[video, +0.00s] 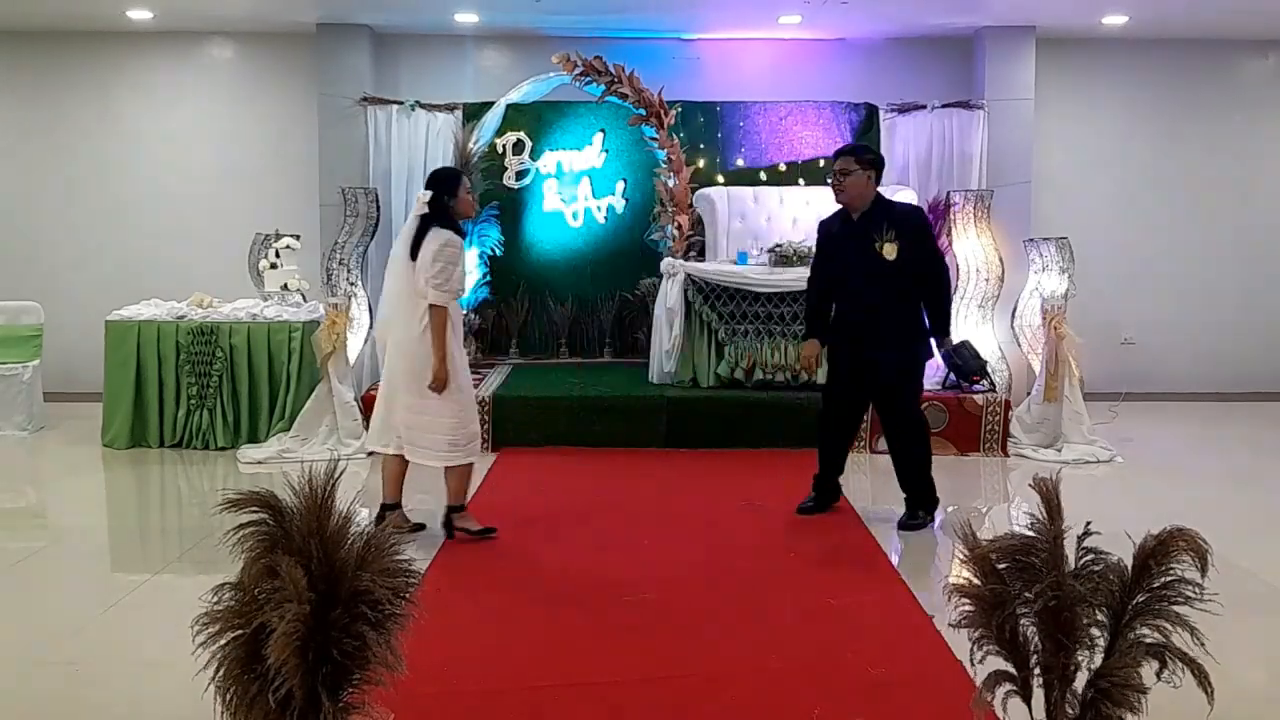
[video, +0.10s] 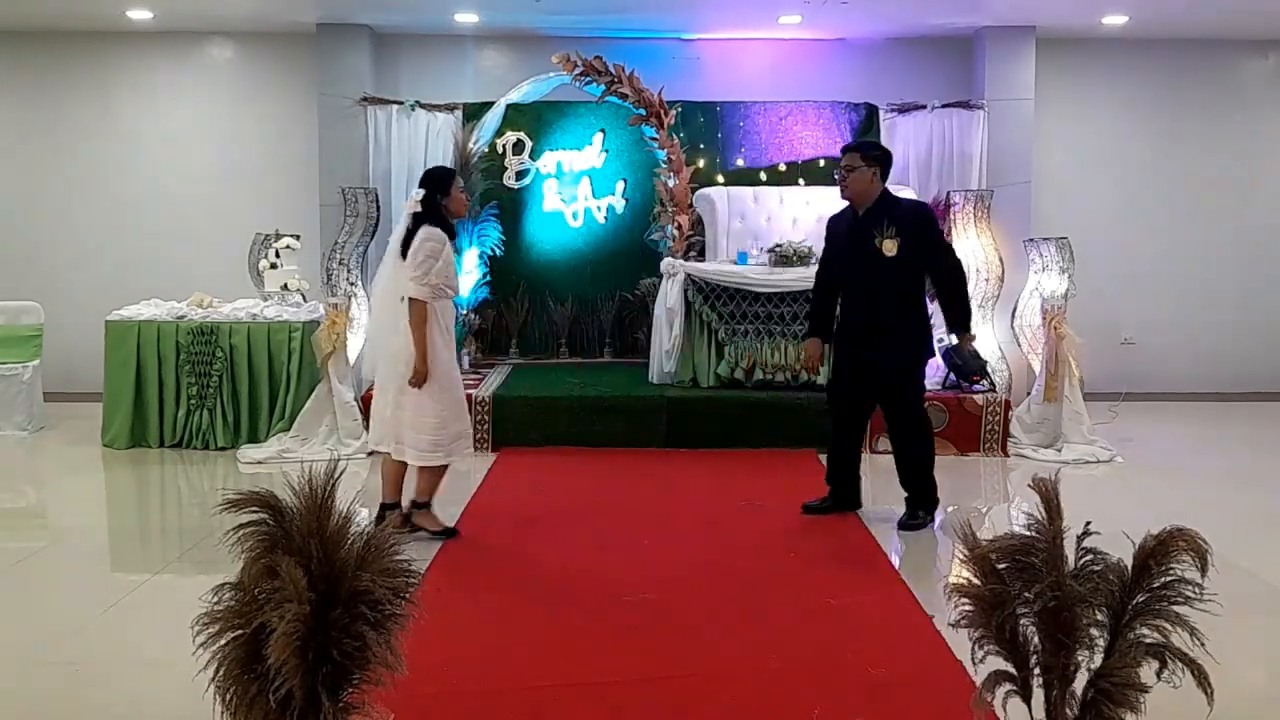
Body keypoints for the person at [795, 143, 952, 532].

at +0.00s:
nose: (835, 182)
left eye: (844, 175)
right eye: (833, 176)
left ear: (871, 177)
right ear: (833, 181)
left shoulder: (908, 219)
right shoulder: (830, 229)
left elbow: (934, 277)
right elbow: (819, 287)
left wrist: (940, 333)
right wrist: (813, 336)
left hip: (899, 345)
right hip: (849, 346)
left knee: (903, 426)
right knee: (834, 420)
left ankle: (921, 502)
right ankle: (825, 489)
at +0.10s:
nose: (841, 178)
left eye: (849, 171)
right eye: (840, 171)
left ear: (875, 174)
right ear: (849, 177)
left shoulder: (914, 216)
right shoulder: (839, 225)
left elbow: (947, 274)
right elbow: (825, 284)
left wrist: (961, 330)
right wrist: (815, 336)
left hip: (902, 345)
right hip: (854, 345)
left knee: (908, 428)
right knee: (844, 423)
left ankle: (921, 503)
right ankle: (842, 494)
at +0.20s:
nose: (843, 176)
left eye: (850, 169)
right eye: (843, 169)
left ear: (877, 172)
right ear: (864, 173)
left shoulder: (914, 214)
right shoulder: (845, 223)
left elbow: (954, 262)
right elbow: (829, 279)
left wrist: (969, 317)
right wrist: (814, 330)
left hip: (901, 342)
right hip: (855, 342)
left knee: (908, 425)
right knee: (848, 420)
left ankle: (922, 503)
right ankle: (864, 495)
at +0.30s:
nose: (841, 175)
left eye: (848, 167)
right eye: (842, 168)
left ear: (874, 171)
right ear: (865, 173)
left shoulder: (905, 215)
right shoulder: (848, 222)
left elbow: (940, 264)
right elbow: (836, 279)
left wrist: (958, 317)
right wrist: (821, 328)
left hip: (899, 343)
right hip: (856, 344)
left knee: (909, 425)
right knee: (860, 424)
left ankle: (923, 503)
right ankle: (877, 499)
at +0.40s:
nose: (837, 174)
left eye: (845, 168)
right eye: (839, 168)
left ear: (870, 172)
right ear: (862, 173)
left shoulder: (892, 219)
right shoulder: (853, 219)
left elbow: (915, 278)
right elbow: (846, 285)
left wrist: (930, 331)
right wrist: (838, 335)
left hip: (891, 344)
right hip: (857, 343)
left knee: (905, 424)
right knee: (867, 424)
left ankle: (924, 502)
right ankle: (879, 499)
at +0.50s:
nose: (833, 175)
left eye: (839, 167)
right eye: (834, 168)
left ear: (864, 172)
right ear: (860, 173)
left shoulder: (883, 218)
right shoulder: (855, 215)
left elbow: (891, 287)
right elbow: (852, 285)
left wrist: (897, 343)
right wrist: (835, 339)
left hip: (872, 341)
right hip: (852, 338)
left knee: (877, 417)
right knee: (865, 419)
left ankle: (928, 477)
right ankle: (879, 499)